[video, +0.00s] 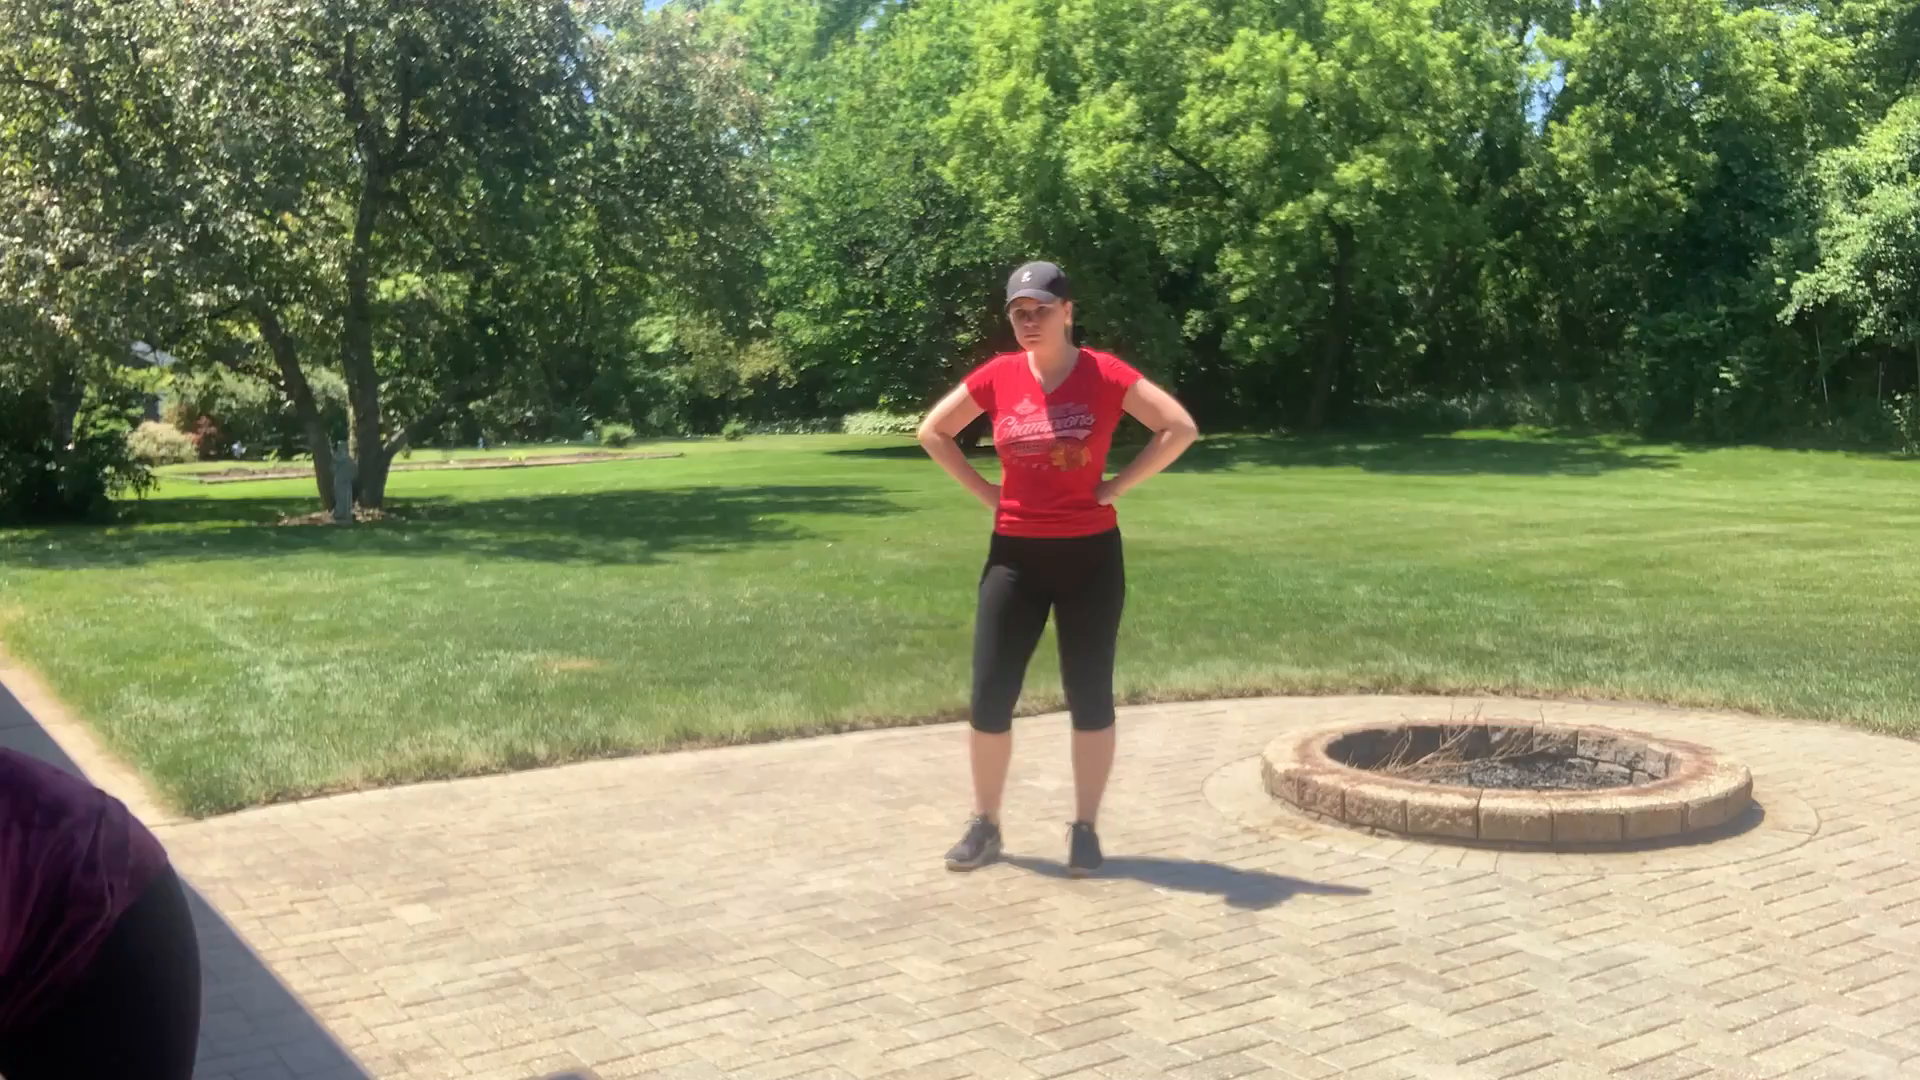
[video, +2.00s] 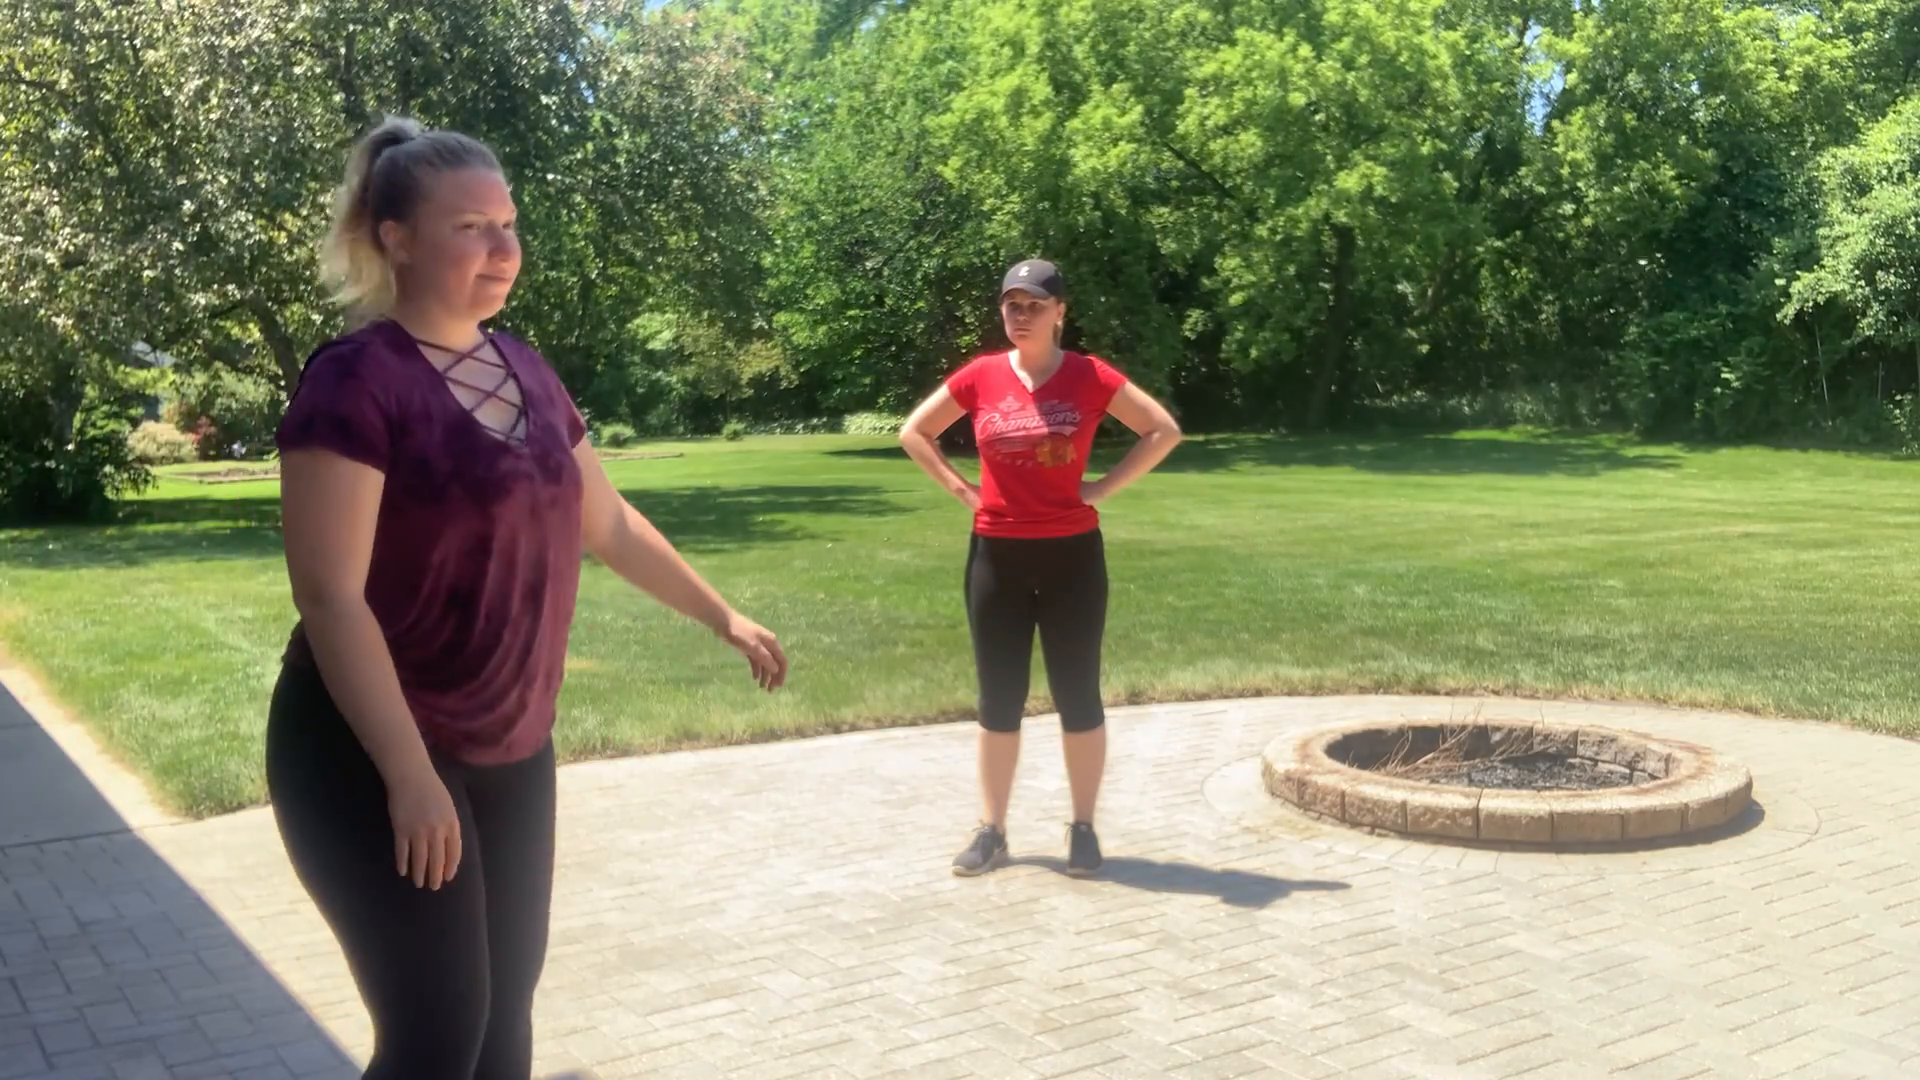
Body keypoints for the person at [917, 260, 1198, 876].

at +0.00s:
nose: (1027, 321)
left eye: (1037, 311)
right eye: (1018, 313)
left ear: (1066, 312)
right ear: (1008, 318)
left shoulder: (1104, 372)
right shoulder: (998, 376)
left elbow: (1181, 427)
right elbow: (932, 433)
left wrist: (1118, 486)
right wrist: (988, 493)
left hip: (1089, 554)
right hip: (1014, 553)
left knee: (1089, 695)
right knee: (989, 692)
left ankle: (1085, 828)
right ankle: (985, 823)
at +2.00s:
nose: (1018, 315)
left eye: (1031, 306)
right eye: (1011, 306)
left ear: (1059, 311)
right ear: (1001, 313)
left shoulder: (1089, 374)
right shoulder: (982, 374)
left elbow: (1166, 431)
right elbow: (912, 434)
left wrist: (1102, 487)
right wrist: (964, 490)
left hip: (1071, 553)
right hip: (996, 553)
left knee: (1077, 695)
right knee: (998, 699)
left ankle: (1083, 826)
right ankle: (991, 828)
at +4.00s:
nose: (1025, 316)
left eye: (1040, 311)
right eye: (1021, 306)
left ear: (1066, 326)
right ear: (1009, 312)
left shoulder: (1088, 384)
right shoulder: (980, 376)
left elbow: (1163, 435)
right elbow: (912, 432)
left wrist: (1102, 494)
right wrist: (967, 494)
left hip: (1072, 555)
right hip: (996, 555)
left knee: (1076, 695)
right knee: (997, 698)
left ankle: (1083, 826)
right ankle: (991, 829)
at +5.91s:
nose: (1043, 310)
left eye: (1057, 301)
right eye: (1036, 299)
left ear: (1085, 313)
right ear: (1025, 306)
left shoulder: (1110, 383)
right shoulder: (998, 376)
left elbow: (1127, 479)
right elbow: (975, 469)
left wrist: (1127, 555)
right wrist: (960, 544)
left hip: (1084, 556)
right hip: (1008, 556)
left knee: (1081, 697)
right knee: (1004, 698)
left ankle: (1083, 827)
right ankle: (992, 829)